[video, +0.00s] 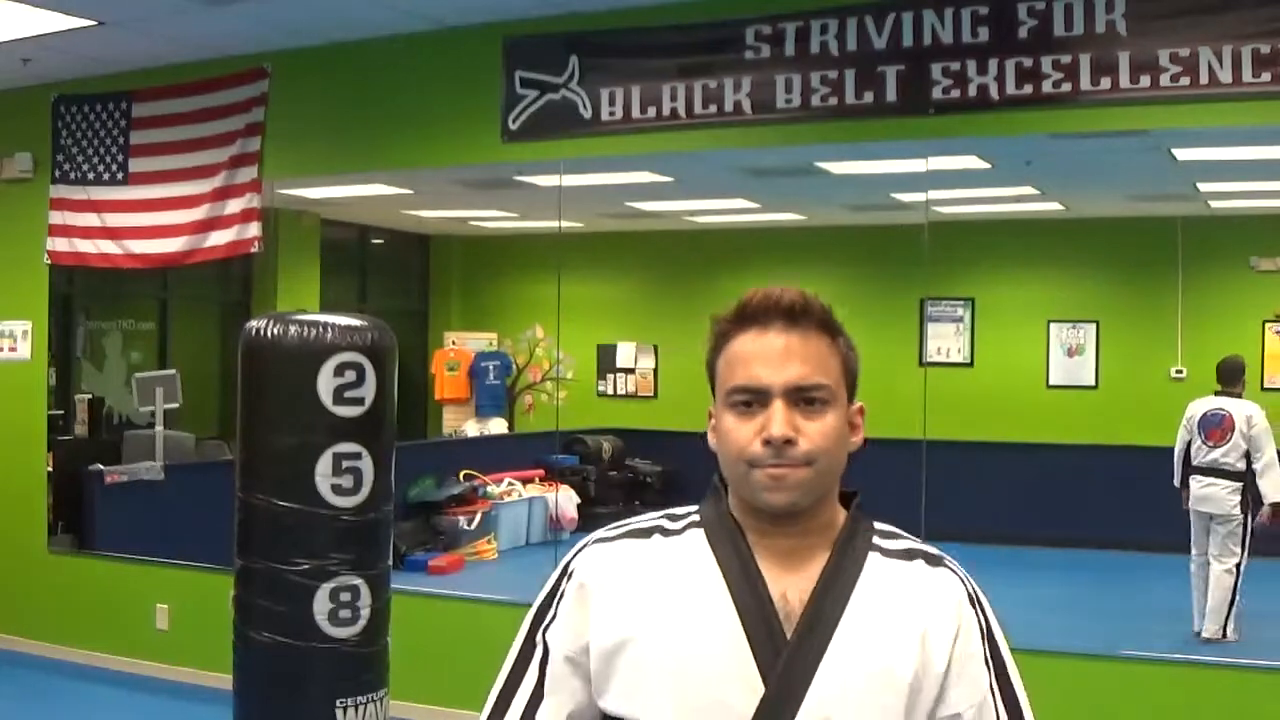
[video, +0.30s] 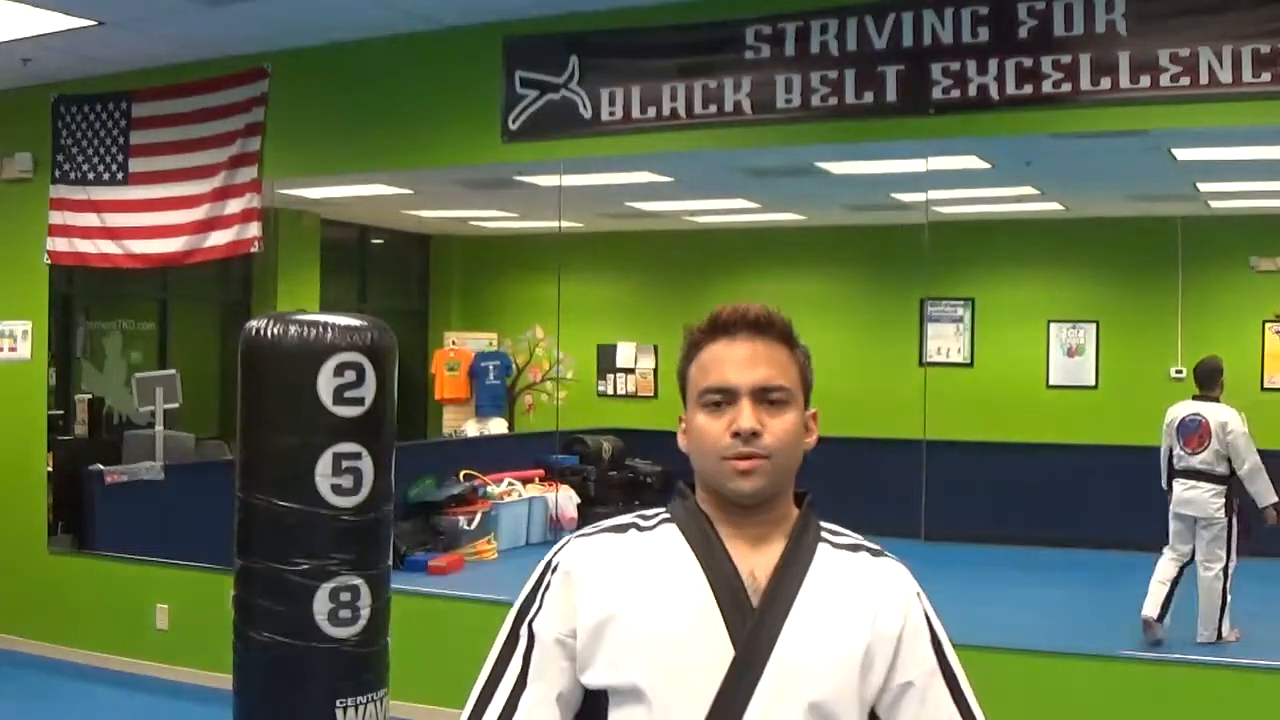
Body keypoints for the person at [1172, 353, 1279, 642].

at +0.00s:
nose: (1244, 380)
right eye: (1244, 376)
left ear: (1217, 379)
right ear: (1243, 379)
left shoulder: (1195, 408)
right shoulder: (1251, 412)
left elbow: (1181, 451)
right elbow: (1265, 459)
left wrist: (1181, 484)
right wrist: (1271, 500)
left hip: (1197, 491)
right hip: (1230, 495)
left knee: (1199, 556)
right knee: (1224, 560)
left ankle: (1200, 623)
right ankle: (1214, 628)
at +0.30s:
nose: (1223, 381)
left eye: (1219, 377)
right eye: (1222, 378)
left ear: (1195, 381)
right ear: (1221, 381)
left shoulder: (1175, 411)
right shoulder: (1228, 417)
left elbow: (1166, 455)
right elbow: (1248, 465)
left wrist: (1169, 486)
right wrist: (1267, 503)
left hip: (1180, 492)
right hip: (1213, 497)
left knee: (1175, 552)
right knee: (1212, 564)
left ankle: (1151, 612)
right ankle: (1212, 631)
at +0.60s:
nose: (1189, 384)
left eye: (1185, 380)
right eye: (1187, 380)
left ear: (1160, 385)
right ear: (1185, 384)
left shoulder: (1140, 418)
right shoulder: (1195, 418)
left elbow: (1136, 464)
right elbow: (1216, 463)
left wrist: (1144, 491)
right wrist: (1234, 495)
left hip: (1148, 498)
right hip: (1183, 501)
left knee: (1148, 564)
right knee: (1196, 567)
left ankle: (1141, 637)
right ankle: (1207, 630)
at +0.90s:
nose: (1166, 381)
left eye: (1163, 377)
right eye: (1165, 377)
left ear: (1135, 382)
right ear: (1161, 379)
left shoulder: (1119, 415)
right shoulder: (1175, 411)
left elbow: (1107, 465)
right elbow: (1195, 457)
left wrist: (1107, 505)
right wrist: (1206, 500)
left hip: (1131, 497)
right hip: (1170, 498)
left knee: (1134, 566)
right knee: (1185, 564)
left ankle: (1136, 639)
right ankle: (1178, 637)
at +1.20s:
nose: (1154, 379)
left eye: (1149, 375)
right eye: (1152, 376)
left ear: (1125, 382)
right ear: (1151, 380)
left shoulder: (1109, 417)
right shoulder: (1166, 414)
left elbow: (1092, 462)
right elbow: (1190, 457)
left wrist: (1085, 501)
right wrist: (1216, 493)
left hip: (1121, 499)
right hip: (1156, 500)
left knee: (1126, 568)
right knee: (1160, 570)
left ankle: (1131, 636)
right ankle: (1133, 636)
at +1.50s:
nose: (1153, 383)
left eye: (1150, 379)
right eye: (1152, 379)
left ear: (1123, 383)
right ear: (1149, 383)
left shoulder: (1102, 416)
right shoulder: (1159, 418)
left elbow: (1094, 463)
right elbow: (1185, 467)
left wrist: (1121, 467)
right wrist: (1201, 460)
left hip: (1109, 502)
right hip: (1143, 504)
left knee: (1116, 576)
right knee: (1139, 577)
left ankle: (1135, 634)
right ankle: (1120, 650)